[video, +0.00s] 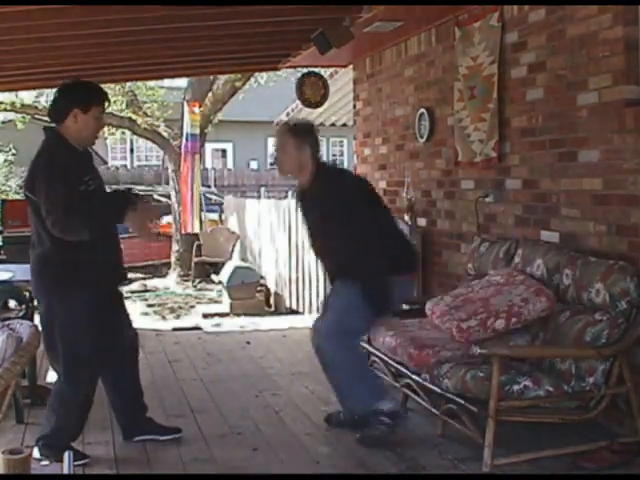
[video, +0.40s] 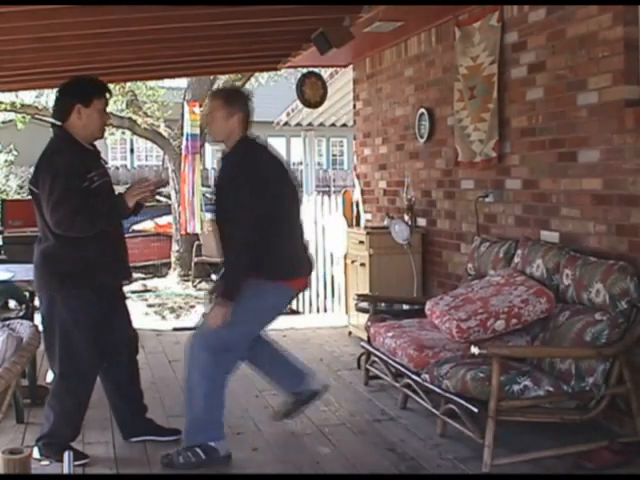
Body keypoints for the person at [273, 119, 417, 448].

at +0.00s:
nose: (275, 156)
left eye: (281, 148)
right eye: (276, 149)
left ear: (302, 150)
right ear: (297, 152)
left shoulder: (341, 186)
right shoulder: (308, 194)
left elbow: (366, 245)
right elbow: (332, 251)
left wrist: (381, 305)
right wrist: (335, 295)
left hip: (381, 276)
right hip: (355, 276)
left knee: (332, 335)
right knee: (323, 334)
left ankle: (382, 408)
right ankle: (358, 408)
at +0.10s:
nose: (263, 130)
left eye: (269, 122)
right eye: (263, 122)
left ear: (292, 123)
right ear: (281, 125)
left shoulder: (322, 162)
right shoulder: (294, 167)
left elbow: (347, 223)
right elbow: (307, 225)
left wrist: (346, 285)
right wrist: (306, 272)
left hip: (351, 263)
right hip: (328, 264)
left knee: (302, 324)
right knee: (330, 334)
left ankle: (350, 397)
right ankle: (357, 407)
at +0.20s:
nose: (248, 111)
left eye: (254, 103)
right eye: (248, 103)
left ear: (277, 106)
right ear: (269, 108)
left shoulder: (304, 145)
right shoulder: (274, 149)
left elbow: (320, 212)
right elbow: (286, 211)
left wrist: (313, 272)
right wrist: (277, 256)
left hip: (331, 258)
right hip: (311, 259)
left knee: (277, 326)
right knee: (315, 339)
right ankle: (360, 407)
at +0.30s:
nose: (231, 109)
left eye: (236, 100)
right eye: (231, 101)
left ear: (259, 100)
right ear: (252, 102)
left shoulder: (281, 141)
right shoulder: (260, 142)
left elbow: (291, 208)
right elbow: (265, 206)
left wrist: (276, 268)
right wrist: (256, 254)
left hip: (299, 261)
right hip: (284, 260)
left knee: (253, 339)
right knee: (285, 336)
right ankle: (347, 394)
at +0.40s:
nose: (205, 122)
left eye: (210, 115)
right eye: (206, 115)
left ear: (235, 118)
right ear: (235, 120)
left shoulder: (242, 163)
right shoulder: (256, 156)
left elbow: (245, 235)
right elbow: (259, 229)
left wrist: (225, 295)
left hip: (270, 275)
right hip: (284, 272)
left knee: (207, 344)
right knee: (238, 334)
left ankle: (206, 443)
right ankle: (303, 384)